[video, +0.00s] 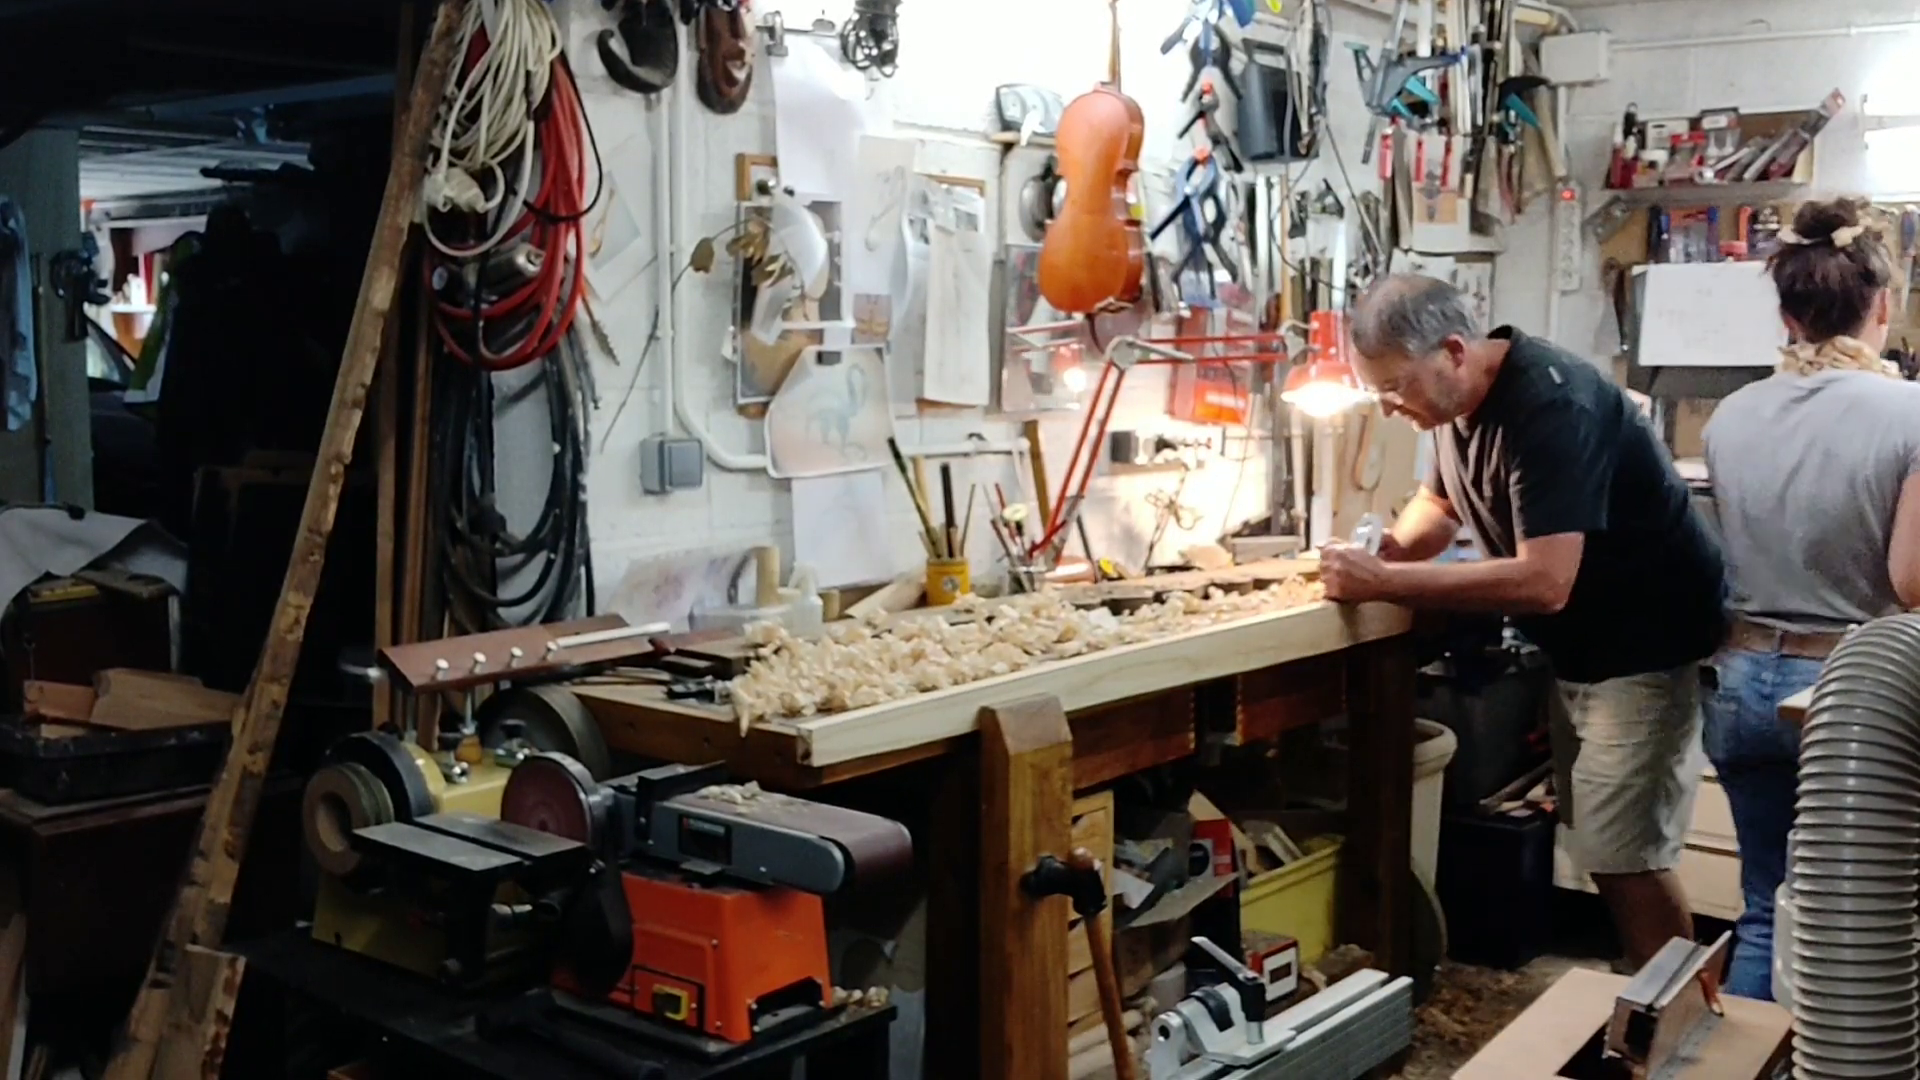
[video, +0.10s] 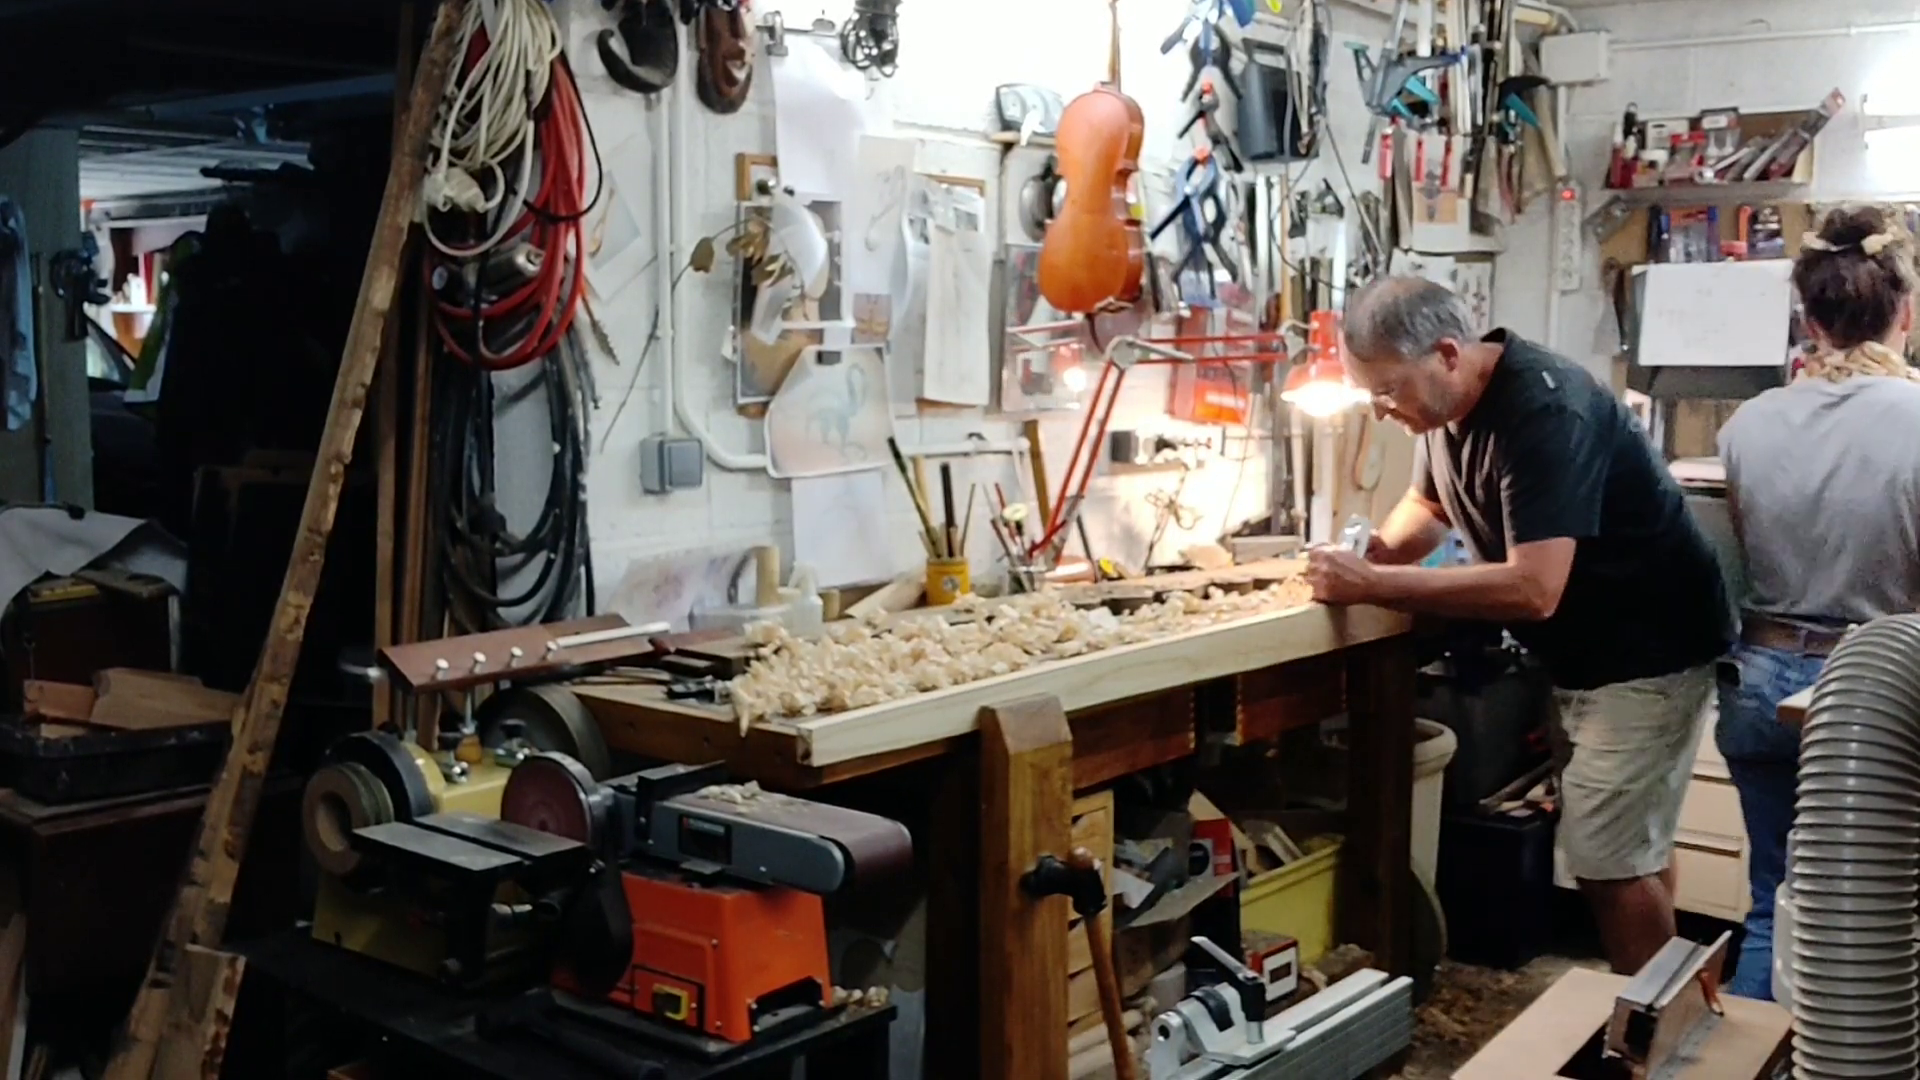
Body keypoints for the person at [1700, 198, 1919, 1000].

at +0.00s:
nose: (1893, 314)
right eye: (1891, 299)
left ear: (1786, 321)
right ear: (1881, 309)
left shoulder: (1729, 417)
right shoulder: (1905, 412)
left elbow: (1733, 543)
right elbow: (1906, 577)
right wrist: (1910, 653)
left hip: (1738, 669)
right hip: (1852, 677)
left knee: (1762, 897)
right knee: (1851, 900)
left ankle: (1749, 1059)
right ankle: (1838, 1060)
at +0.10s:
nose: (1915, 311)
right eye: (1913, 297)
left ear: (1807, 320)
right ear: (1905, 313)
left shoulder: (1750, 424)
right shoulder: (1911, 412)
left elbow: (1749, 555)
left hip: (1763, 671)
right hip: (1881, 678)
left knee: (1770, 883)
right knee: (1869, 886)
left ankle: (1755, 1046)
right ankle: (1851, 1049)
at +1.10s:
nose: (1671, 339)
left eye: (1677, 322)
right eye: (1669, 323)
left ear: (1728, 317)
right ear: (1732, 318)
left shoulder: (1756, 403)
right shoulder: (1768, 391)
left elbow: (1677, 547)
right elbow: (1715, 508)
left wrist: (1560, 531)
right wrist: (1636, 505)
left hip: (1769, 637)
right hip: (1774, 629)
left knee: (1722, 823)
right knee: (1684, 790)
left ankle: (1765, 997)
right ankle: (1747, 961)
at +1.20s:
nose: (1650, 342)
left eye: (1658, 326)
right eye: (1648, 327)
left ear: (1711, 322)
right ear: (1709, 321)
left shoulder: (1746, 404)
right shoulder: (1718, 398)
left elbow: (1659, 548)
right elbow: (1681, 507)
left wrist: (1540, 538)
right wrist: (1608, 509)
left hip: (1763, 636)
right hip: (1732, 631)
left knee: (1716, 821)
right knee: (1671, 800)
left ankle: (1756, 995)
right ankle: (1694, 963)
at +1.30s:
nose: (1630, 343)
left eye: (1640, 328)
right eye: (1628, 328)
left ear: (1698, 324)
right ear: (1689, 325)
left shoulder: (1727, 409)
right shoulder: (1691, 402)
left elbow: (1652, 551)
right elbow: (1664, 512)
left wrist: (1531, 547)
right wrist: (1584, 510)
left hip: (1743, 632)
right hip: (1706, 629)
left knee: (1705, 823)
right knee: (1656, 806)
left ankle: (1755, 988)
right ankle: (1669, 964)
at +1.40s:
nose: (1616, 344)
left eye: (1627, 328)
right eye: (1611, 328)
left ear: (1684, 323)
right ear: (1666, 324)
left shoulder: (1714, 411)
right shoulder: (1666, 403)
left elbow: (1647, 551)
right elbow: (1650, 511)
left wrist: (1528, 550)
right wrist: (1572, 511)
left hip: (1725, 633)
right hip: (1678, 629)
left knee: (1698, 823)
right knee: (1647, 808)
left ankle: (1750, 990)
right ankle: (1674, 969)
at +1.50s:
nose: (1600, 345)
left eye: (1610, 328)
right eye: (1594, 330)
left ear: (1666, 321)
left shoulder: (1700, 409)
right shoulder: (1638, 406)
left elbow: (1646, 548)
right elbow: (1631, 510)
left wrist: (1523, 550)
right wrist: (1561, 510)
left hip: (1712, 628)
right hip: (1656, 625)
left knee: (1685, 818)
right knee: (1635, 805)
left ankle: (1749, 982)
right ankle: (1672, 963)